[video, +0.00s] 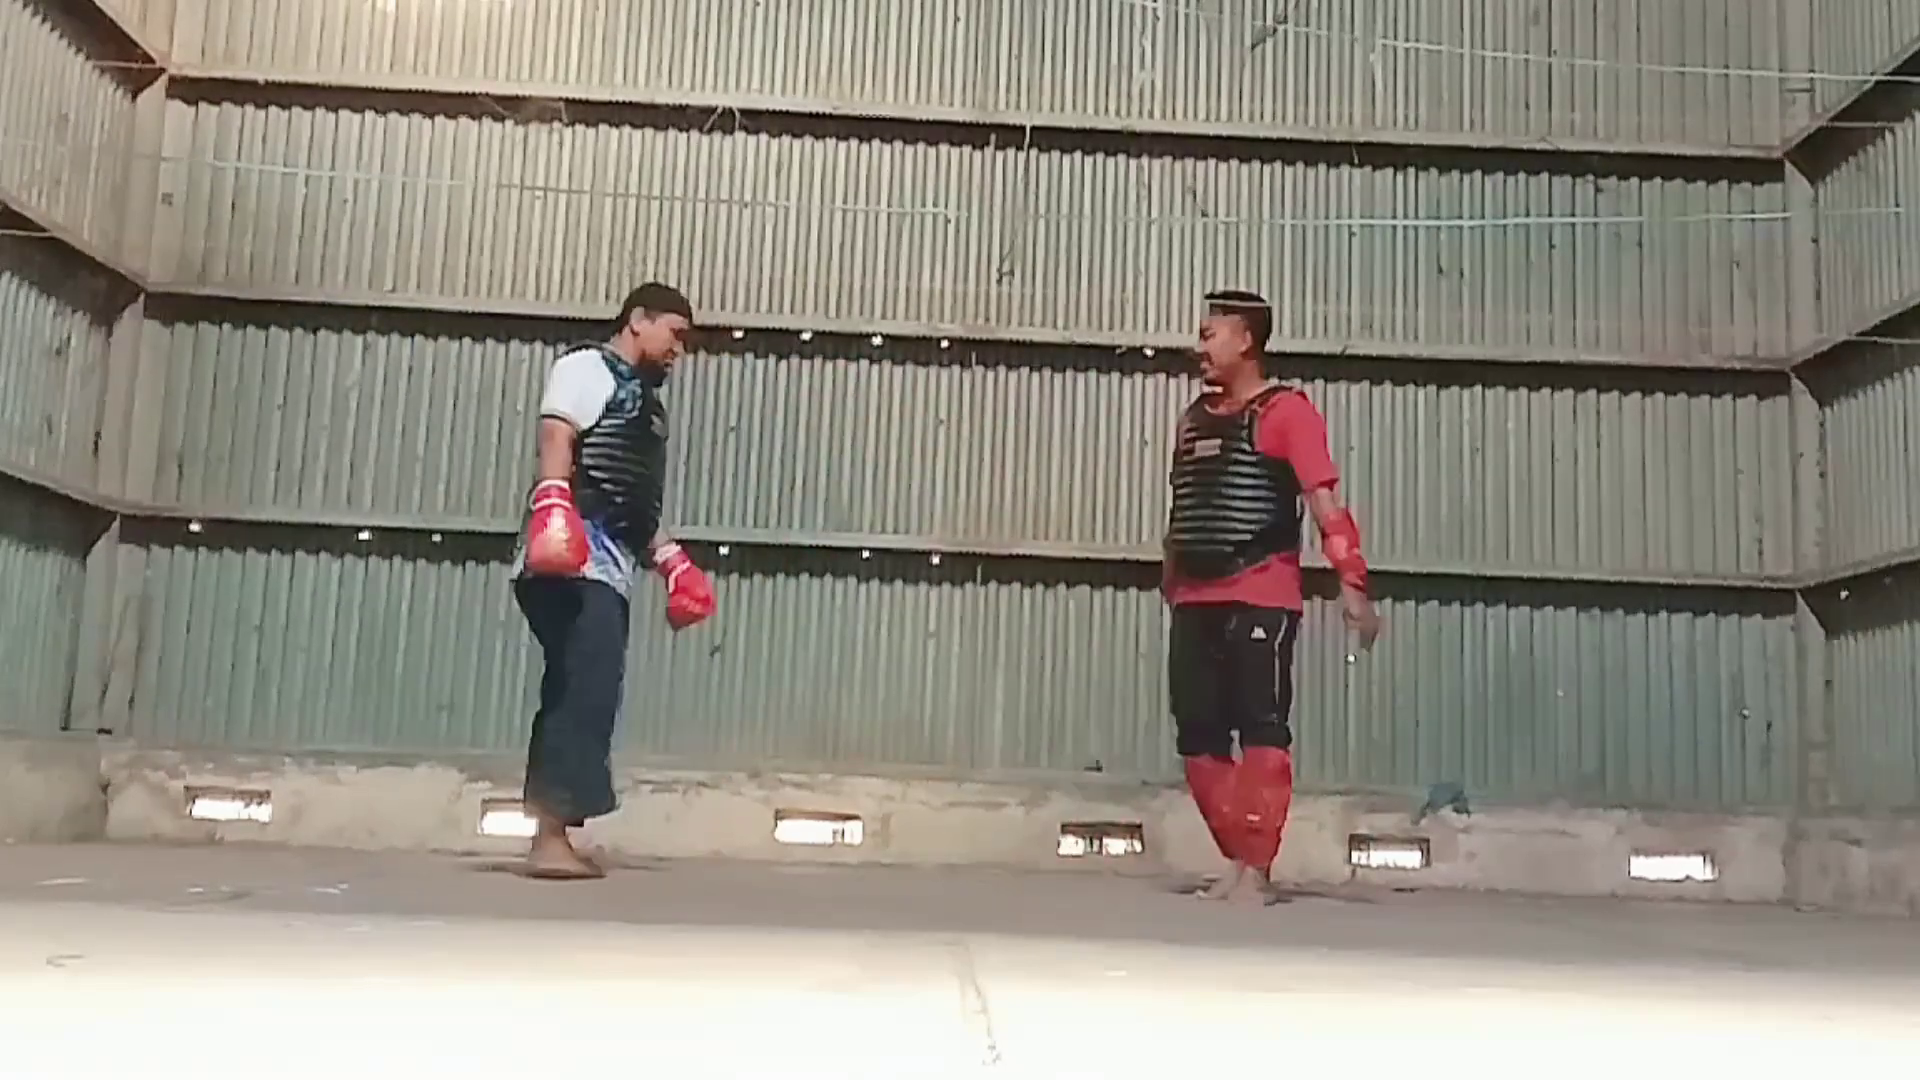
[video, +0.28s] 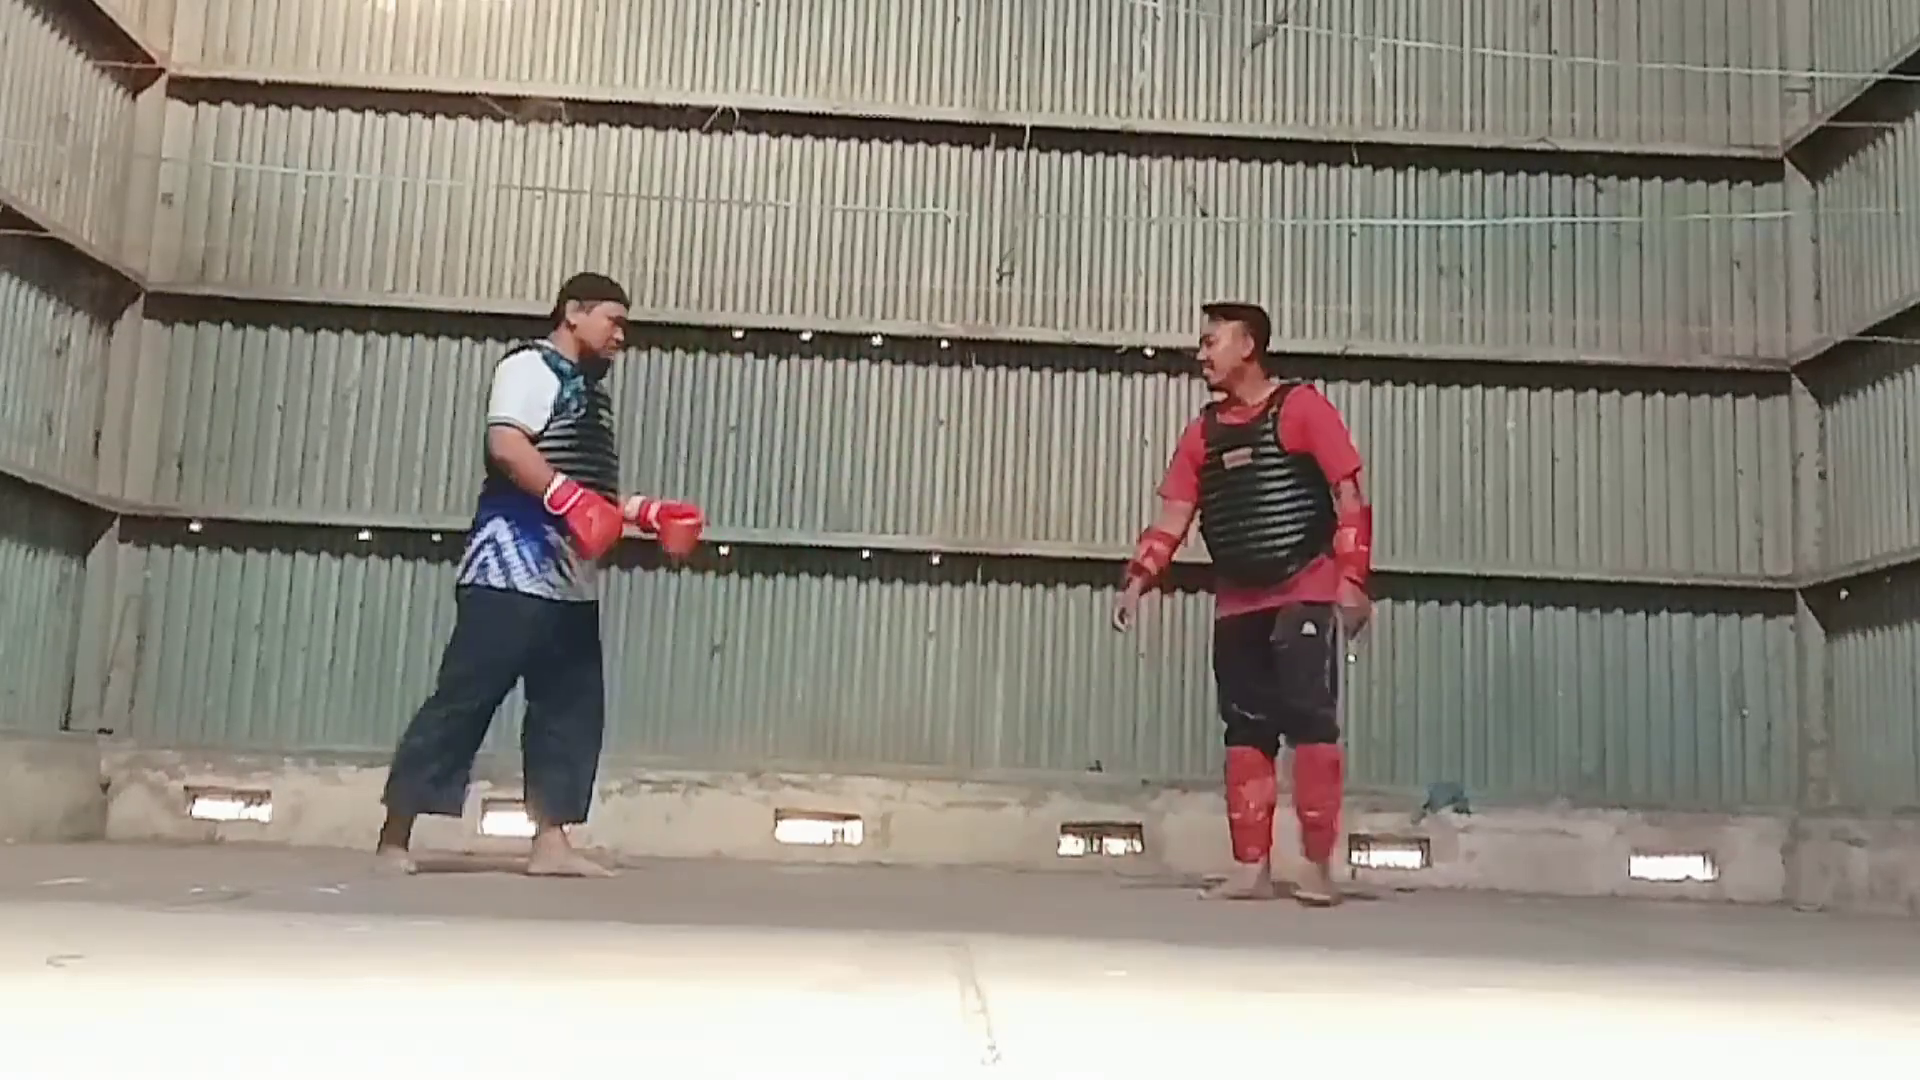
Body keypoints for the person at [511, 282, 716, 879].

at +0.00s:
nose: (680, 348)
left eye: (684, 338)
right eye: (675, 334)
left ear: (650, 329)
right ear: (638, 322)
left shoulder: (646, 401)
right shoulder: (585, 367)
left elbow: (634, 501)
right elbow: (555, 439)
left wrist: (672, 562)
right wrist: (554, 507)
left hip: (609, 567)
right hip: (572, 554)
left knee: (581, 687)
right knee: (585, 682)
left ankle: (557, 829)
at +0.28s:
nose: (621, 335)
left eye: (624, 325)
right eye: (614, 321)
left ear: (587, 320)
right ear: (574, 314)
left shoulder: (592, 392)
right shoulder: (530, 367)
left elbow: (586, 496)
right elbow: (506, 444)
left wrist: (648, 512)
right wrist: (569, 498)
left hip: (570, 582)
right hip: (510, 574)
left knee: (567, 709)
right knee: (464, 700)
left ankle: (552, 842)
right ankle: (395, 835)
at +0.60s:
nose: (579, 324)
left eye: (581, 313)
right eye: (570, 310)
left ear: (543, 313)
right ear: (530, 308)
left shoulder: (555, 383)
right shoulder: (475, 369)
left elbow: (540, 476)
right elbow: (442, 448)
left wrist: (561, 535)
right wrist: (513, 499)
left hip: (534, 579)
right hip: (462, 576)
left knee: (558, 693)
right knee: (424, 700)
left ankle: (564, 833)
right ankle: (387, 840)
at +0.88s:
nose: (610, 333)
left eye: (611, 323)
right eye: (601, 321)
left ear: (575, 323)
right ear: (561, 319)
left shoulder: (583, 396)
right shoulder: (507, 376)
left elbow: (575, 489)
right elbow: (484, 455)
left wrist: (636, 507)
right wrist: (566, 480)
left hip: (558, 582)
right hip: (487, 578)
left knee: (581, 710)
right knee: (439, 704)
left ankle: (604, 846)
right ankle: (391, 842)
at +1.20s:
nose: (685, 345)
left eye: (688, 334)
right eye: (678, 331)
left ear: (655, 332)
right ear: (641, 325)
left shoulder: (651, 398)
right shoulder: (585, 372)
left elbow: (696, 469)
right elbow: (642, 424)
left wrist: (731, 408)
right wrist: (692, 367)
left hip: (611, 574)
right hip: (547, 563)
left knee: (628, 705)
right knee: (531, 693)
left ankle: (611, 848)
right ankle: (469, 808)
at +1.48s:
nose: (692, 353)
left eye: (696, 343)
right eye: (687, 340)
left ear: (662, 338)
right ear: (647, 332)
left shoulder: (657, 403)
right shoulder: (594, 388)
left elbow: (659, 485)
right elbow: (623, 462)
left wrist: (714, 448)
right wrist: (684, 415)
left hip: (635, 583)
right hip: (572, 574)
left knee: (679, 686)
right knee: (572, 696)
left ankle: (630, 830)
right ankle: (534, 841)